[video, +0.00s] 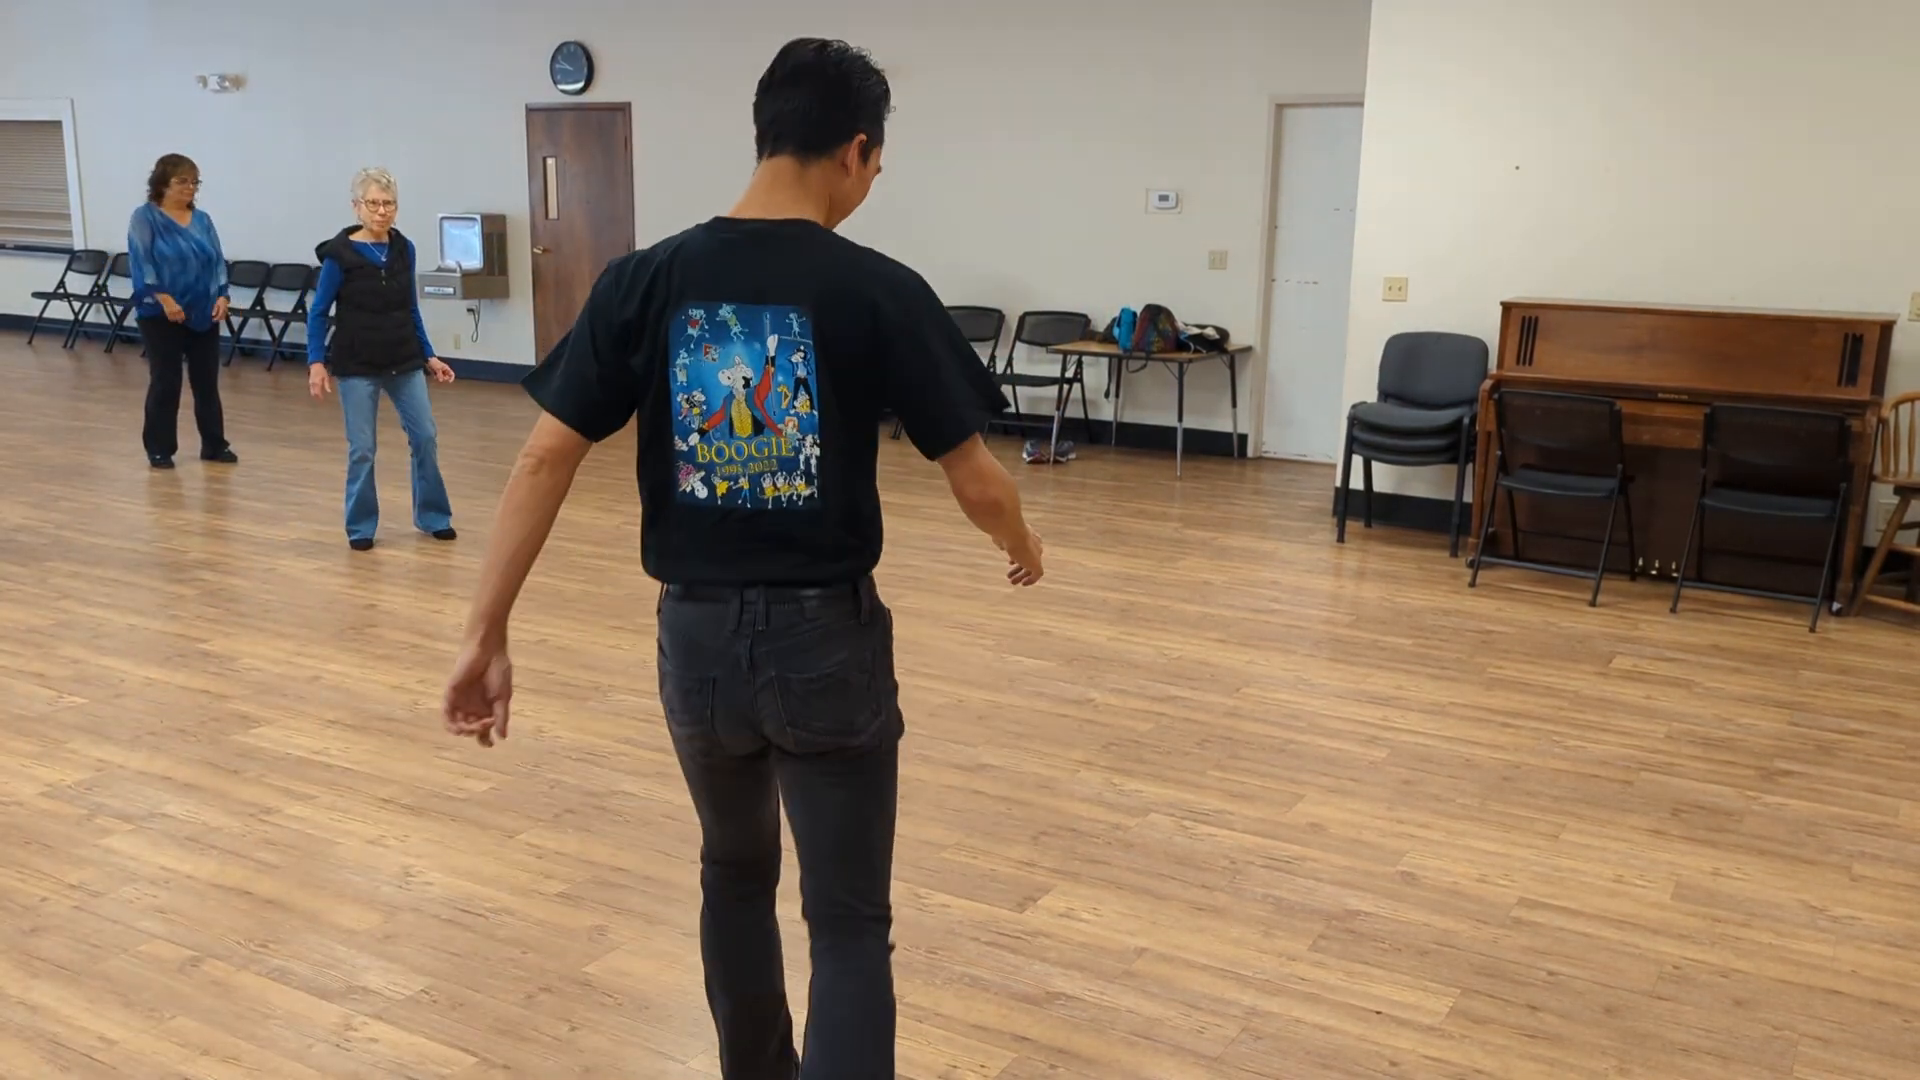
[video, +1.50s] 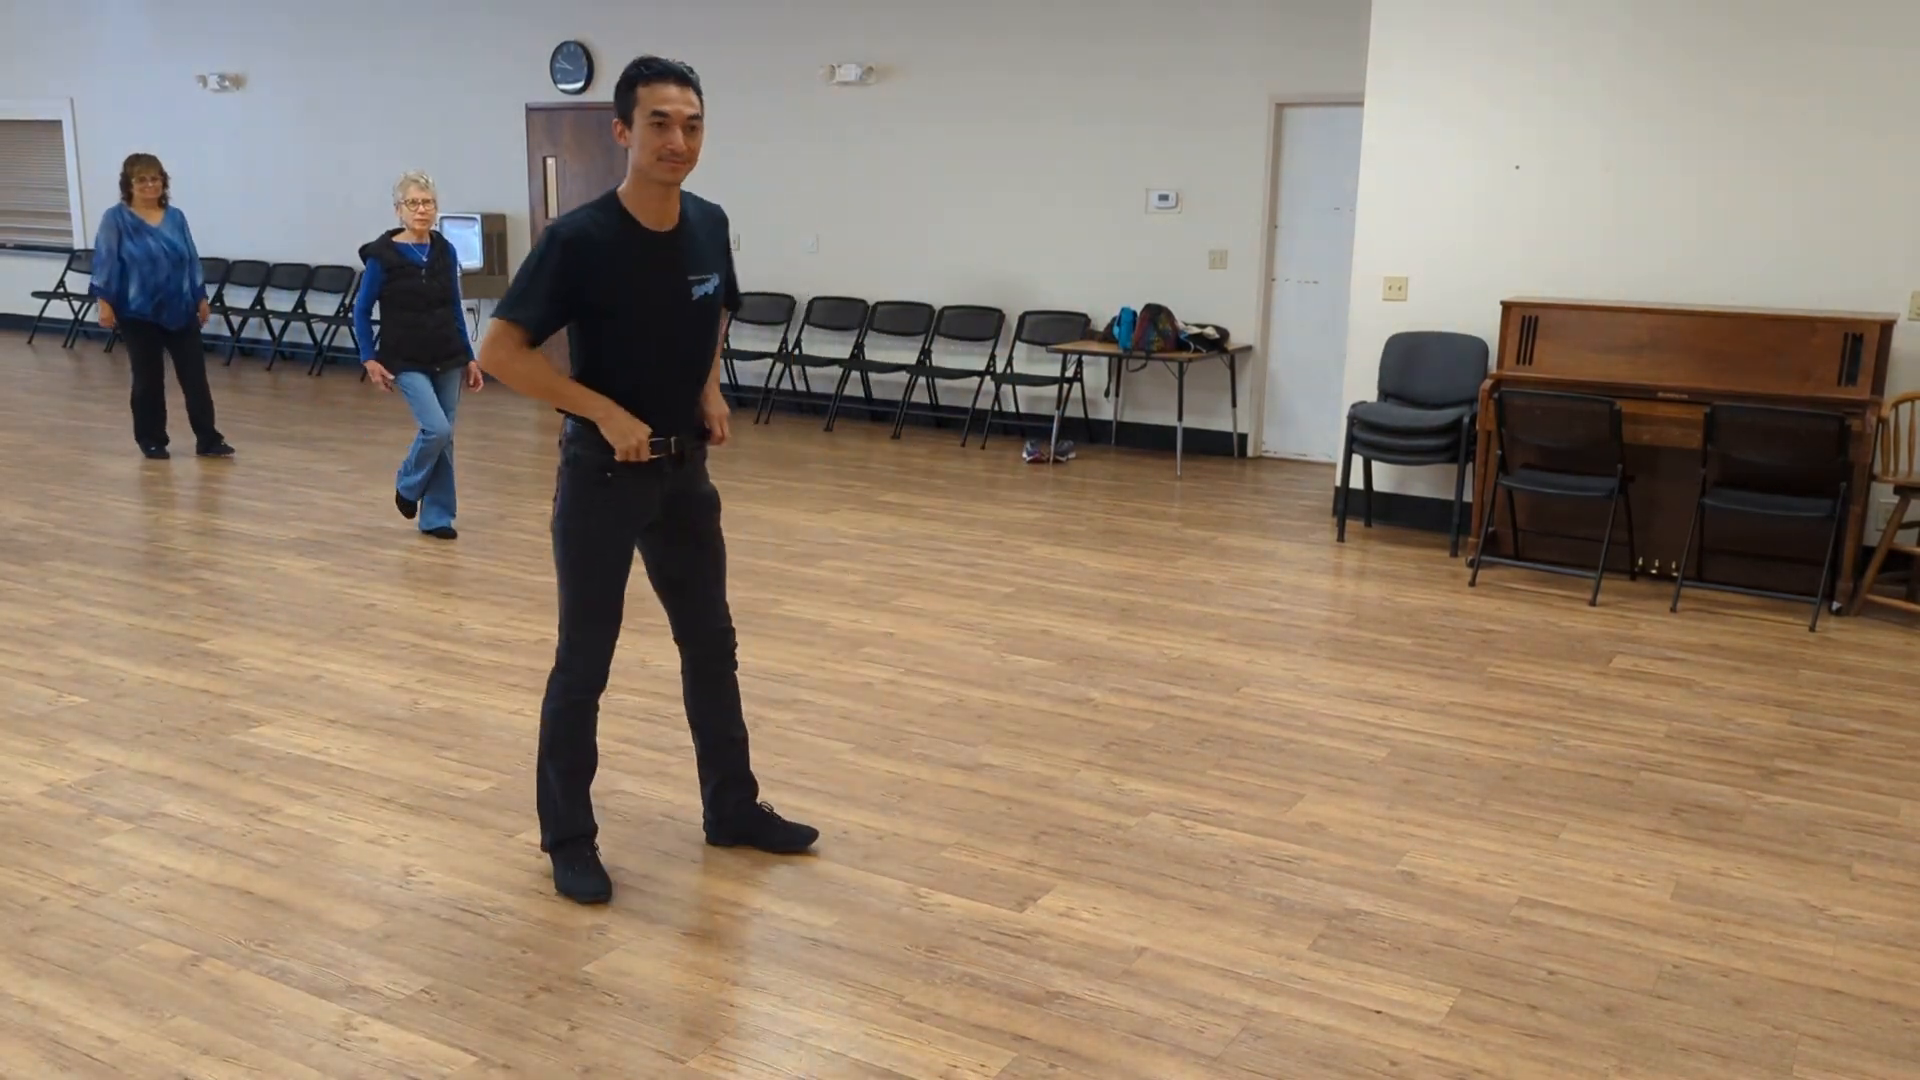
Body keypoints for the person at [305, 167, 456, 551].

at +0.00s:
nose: (382, 210)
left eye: (388, 203)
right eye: (373, 204)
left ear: (396, 207)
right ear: (357, 206)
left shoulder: (403, 249)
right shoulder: (340, 253)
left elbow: (411, 309)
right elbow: (318, 312)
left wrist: (429, 356)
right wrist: (316, 362)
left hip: (405, 361)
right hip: (356, 365)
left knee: (425, 436)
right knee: (362, 449)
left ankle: (434, 517)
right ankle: (361, 528)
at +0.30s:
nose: (406, 212)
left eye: (412, 205)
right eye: (397, 205)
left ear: (420, 208)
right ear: (382, 208)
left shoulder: (428, 249)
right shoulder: (367, 254)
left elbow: (440, 306)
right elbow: (348, 314)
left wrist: (459, 352)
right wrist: (352, 366)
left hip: (434, 360)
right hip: (387, 363)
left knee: (433, 443)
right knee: (387, 444)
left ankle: (436, 519)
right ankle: (365, 527)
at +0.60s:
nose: (422, 211)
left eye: (428, 205)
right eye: (413, 205)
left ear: (436, 208)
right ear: (399, 209)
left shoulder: (445, 249)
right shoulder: (383, 253)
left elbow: (457, 308)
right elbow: (365, 312)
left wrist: (474, 355)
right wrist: (369, 364)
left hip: (447, 358)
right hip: (401, 361)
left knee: (440, 440)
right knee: (408, 439)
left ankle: (438, 519)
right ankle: (393, 523)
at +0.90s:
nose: (428, 212)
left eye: (434, 205)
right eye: (419, 205)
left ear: (441, 209)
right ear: (405, 209)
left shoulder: (448, 250)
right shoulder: (387, 253)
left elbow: (457, 309)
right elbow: (367, 311)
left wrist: (470, 358)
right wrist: (372, 361)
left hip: (449, 357)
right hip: (404, 358)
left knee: (444, 436)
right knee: (428, 432)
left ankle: (438, 516)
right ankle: (410, 499)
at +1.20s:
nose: (426, 210)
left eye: (432, 203)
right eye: (417, 204)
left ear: (439, 208)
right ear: (403, 208)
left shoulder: (447, 249)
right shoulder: (386, 253)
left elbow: (457, 309)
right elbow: (367, 311)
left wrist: (470, 358)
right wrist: (371, 363)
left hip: (449, 356)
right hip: (404, 358)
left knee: (445, 437)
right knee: (434, 431)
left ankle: (437, 517)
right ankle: (410, 465)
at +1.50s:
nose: (422, 210)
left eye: (428, 203)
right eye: (413, 204)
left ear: (436, 208)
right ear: (400, 209)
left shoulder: (445, 250)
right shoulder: (383, 254)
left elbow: (455, 308)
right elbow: (361, 311)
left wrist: (469, 357)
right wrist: (369, 358)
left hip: (449, 356)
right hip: (404, 358)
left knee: (445, 436)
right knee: (438, 429)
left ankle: (437, 518)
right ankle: (409, 484)